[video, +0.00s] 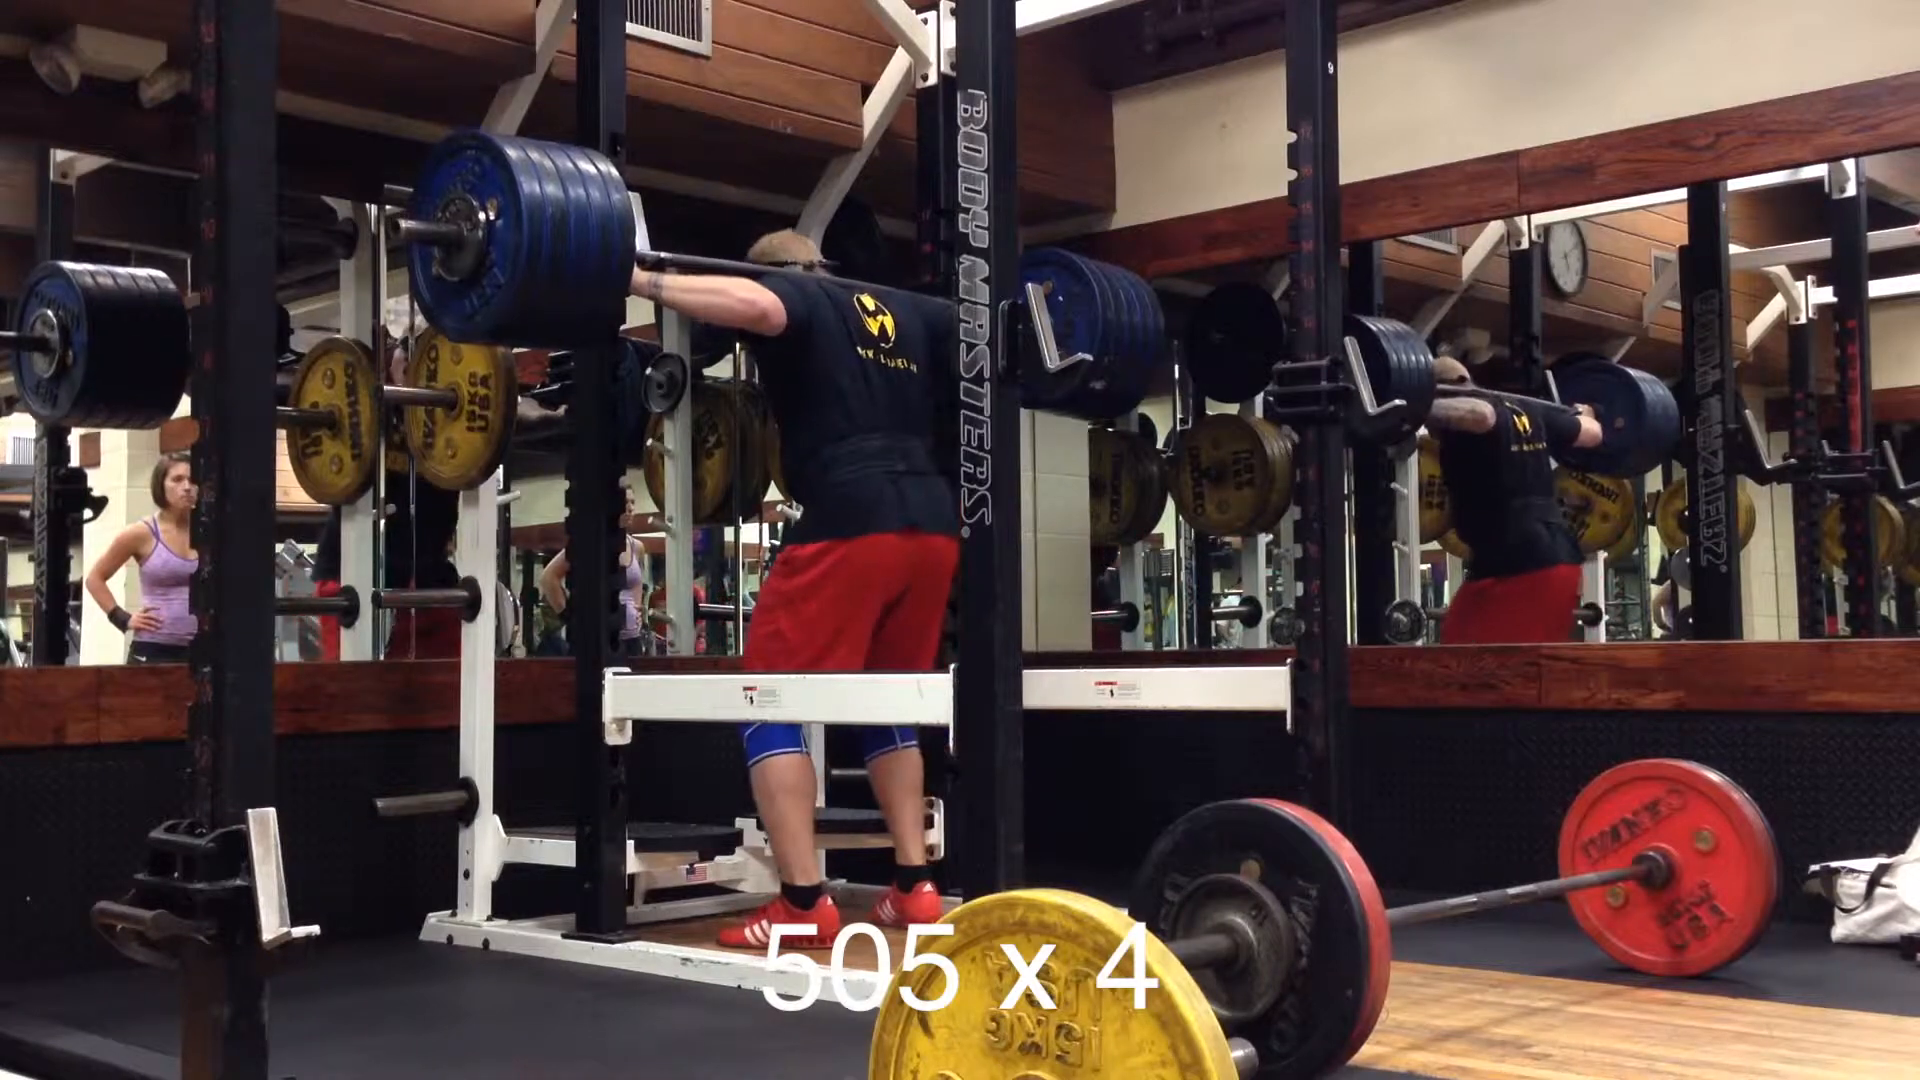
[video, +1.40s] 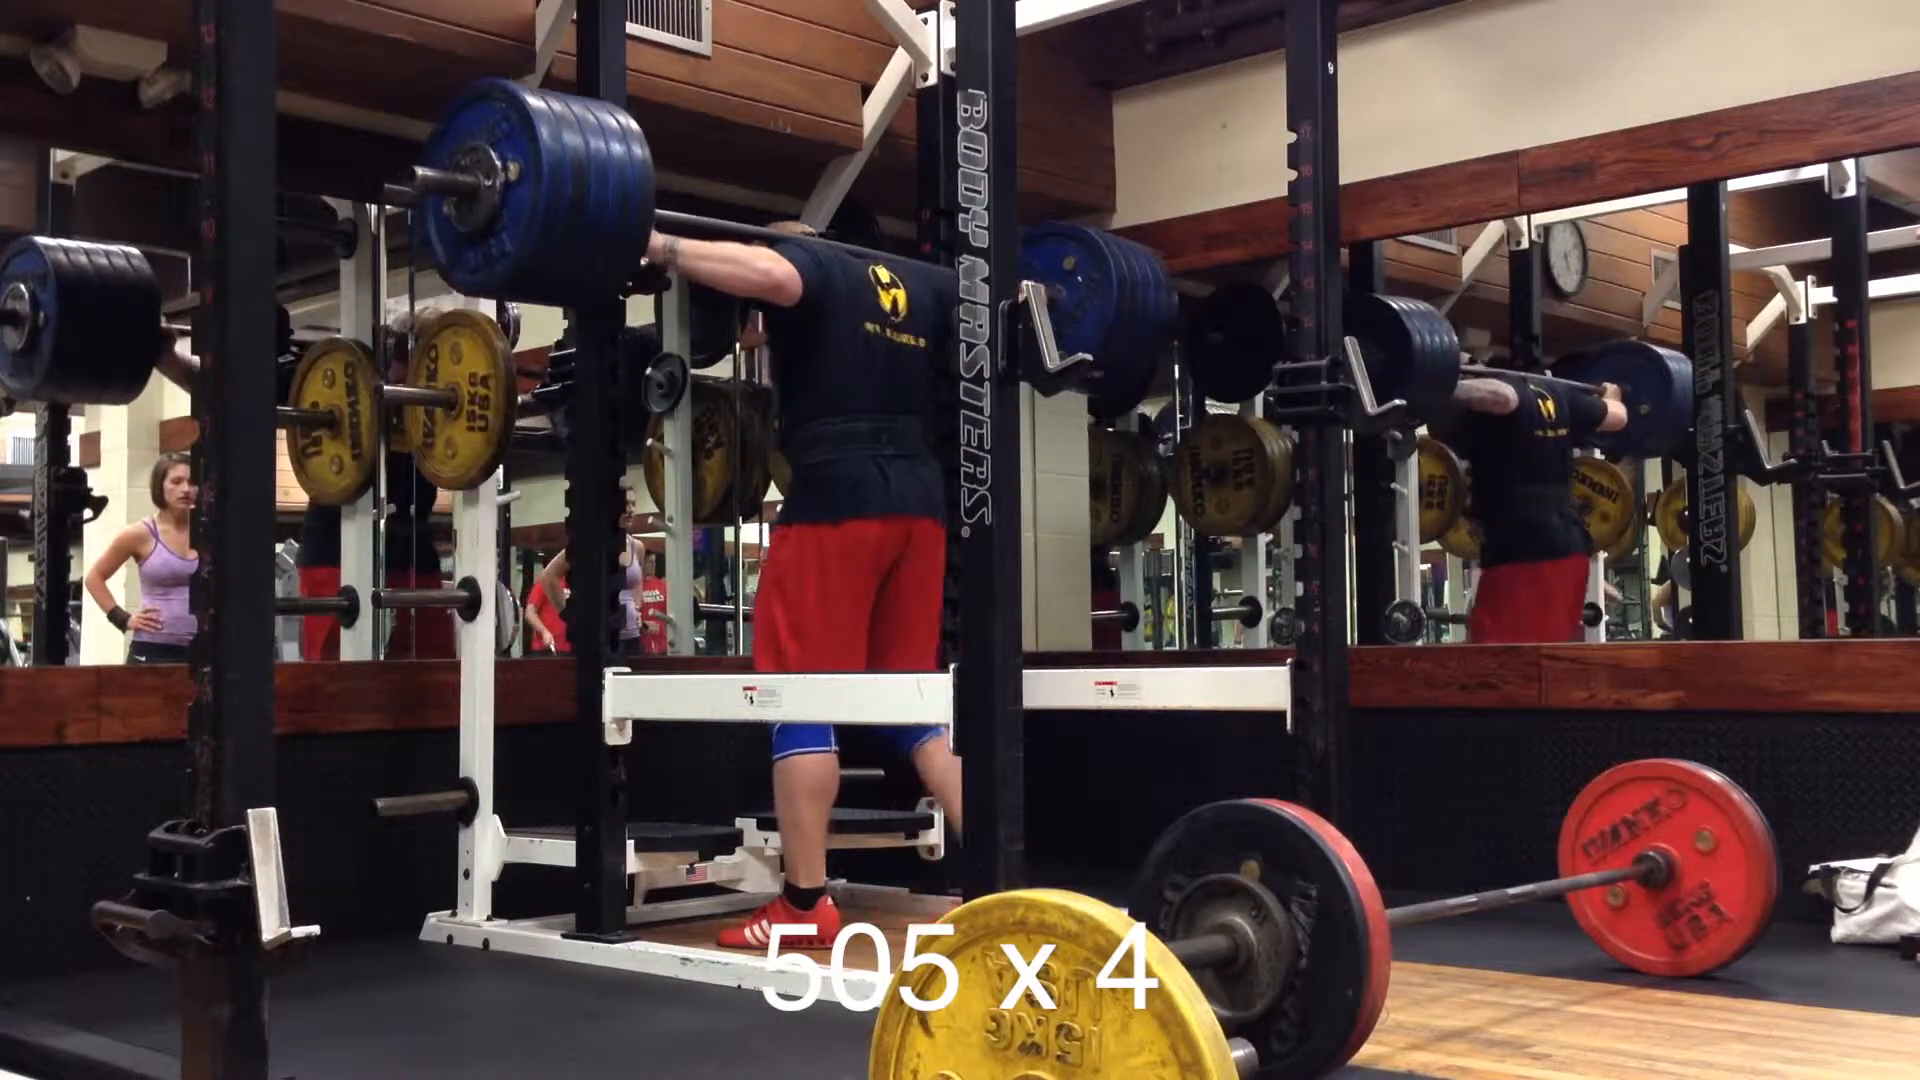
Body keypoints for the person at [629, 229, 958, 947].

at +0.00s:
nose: (749, 296)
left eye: (753, 284)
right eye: (752, 282)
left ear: (772, 274)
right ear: (823, 262)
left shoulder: (791, 290)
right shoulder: (906, 308)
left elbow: (762, 308)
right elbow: (984, 319)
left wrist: (648, 279)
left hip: (847, 526)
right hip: (936, 531)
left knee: (769, 707)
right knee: (888, 706)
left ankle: (804, 901)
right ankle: (916, 885)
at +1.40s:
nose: (763, 269)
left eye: (765, 258)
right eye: (759, 264)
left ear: (791, 246)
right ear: (853, 241)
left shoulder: (808, 253)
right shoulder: (920, 283)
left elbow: (777, 277)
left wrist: (666, 247)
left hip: (836, 505)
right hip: (924, 507)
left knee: (799, 703)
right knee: (909, 699)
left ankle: (805, 903)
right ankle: (991, 860)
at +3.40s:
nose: (840, 258)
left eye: (840, 249)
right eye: (839, 252)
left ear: (867, 241)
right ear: (914, 226)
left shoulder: (896, 252)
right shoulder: (1001, 269)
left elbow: (865, 274)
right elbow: (1104, 305)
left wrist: (749, 246)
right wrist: (1119, 285)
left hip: (926, 500)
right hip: (1015, 502)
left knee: (883, 703)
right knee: (1012, 711)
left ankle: (882, 910)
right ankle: (1013, 901)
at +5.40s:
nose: (832, 247)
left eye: (834, 234)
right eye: (834, 233)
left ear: (853, 228)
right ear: (909, 216)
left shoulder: (876, 248)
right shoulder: (985, 266)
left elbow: (843, 277)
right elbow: (1097, 300)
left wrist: (729, 242)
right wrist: (1112, 280)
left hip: (918, 497)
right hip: (1006, 498)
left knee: (900, 708)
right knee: (1009, 708)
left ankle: (883, 912)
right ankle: (1015, 902)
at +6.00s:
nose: (834, 259)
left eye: (833, 244)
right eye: (835, 245)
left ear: (854, 232)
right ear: (907, 216)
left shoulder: (884, 249)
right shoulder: (982, 263)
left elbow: (849, 284)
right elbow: (1096, 300)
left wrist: (735, 254)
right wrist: (1117, 271)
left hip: (915, 502)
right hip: (1002, 502)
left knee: (897, 707)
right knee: (1007, 709)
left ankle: (882, 910)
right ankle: (1010, 903)